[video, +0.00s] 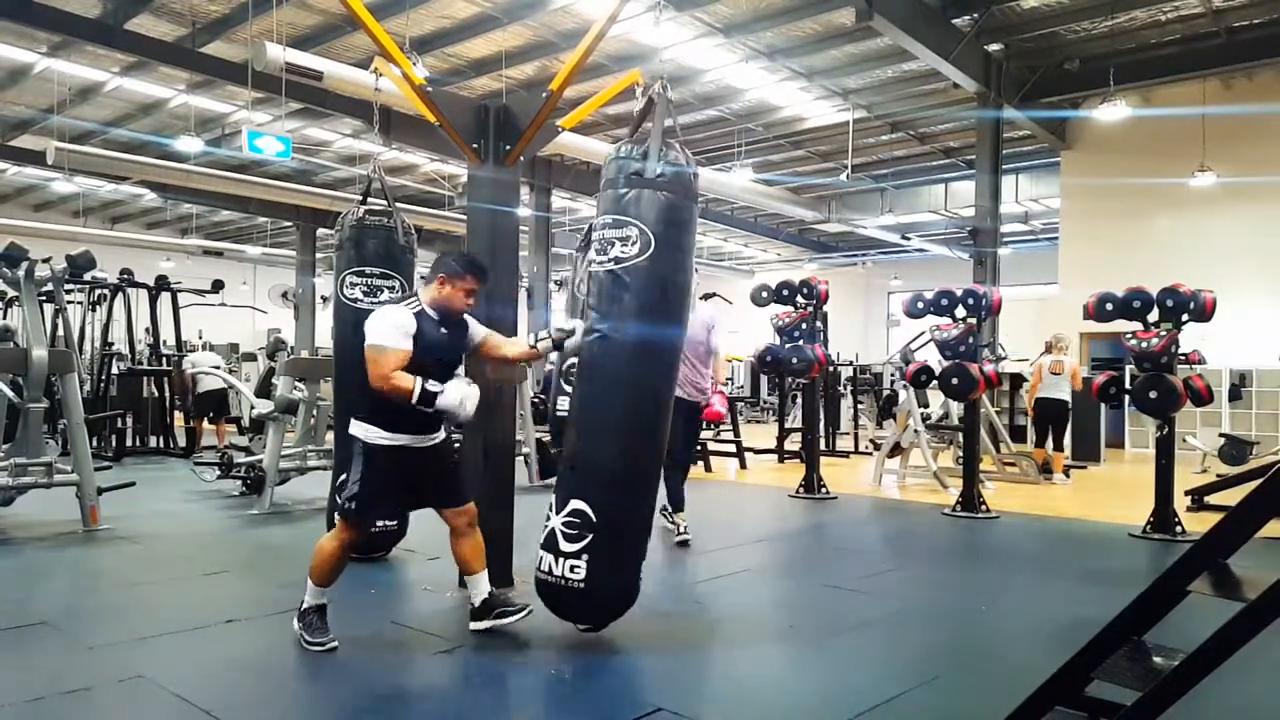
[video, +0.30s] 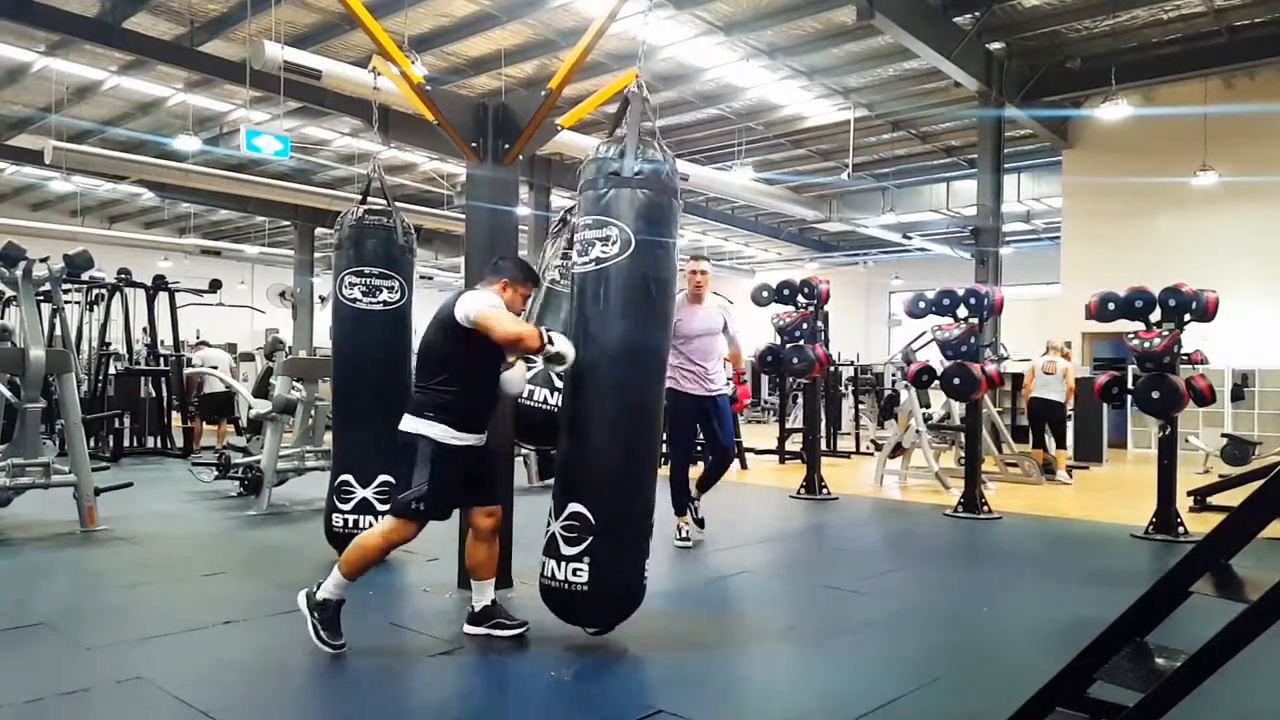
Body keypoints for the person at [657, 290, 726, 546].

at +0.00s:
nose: (687, 285)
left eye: (690, 279)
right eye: (684, 280)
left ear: (696, 283)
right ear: (677, 285)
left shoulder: (709, 314)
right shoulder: (667, 311)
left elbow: (716, 350)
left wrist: (718, 382)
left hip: (698, 394)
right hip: (672, 393)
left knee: (686, 455)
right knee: (673, 456)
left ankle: (672, 506)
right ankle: (678, 515)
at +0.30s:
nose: (697, 278)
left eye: (702, 273)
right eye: (693, 273)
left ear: (710, 277)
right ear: (684, 276)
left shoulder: (722, 307)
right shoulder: (673, 307)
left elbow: (734, 345)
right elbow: (658, 345)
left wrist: (740, 380)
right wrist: (656, 385)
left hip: (715, 391)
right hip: (680, 390)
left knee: (726, 453)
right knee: (680, 457)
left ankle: (695, 493)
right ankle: (681, 520)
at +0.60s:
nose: (739, 275)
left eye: (741, 271)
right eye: (733, 270)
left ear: (743, 277)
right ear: (718, 274)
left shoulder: (743, 311)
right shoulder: (705, 304)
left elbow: (743, 356)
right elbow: (693, 340)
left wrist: (751, 390)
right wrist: (707, 360)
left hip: (737, 399)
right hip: (703, 396)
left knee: (742, 462)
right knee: (692, 463)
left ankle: (753, 530)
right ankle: (683, 521)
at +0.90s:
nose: (794, 270)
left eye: (794, 265)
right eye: (789, 265)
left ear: (779, 270)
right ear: (770, 269)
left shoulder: (789, 312)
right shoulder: (748, 301)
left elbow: (797, 355)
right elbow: (734, 344)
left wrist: (809, 394)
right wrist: (742, 382)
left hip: (780, 396)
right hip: (752, 392)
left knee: (768, 463)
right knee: (760, 461)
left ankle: (755, 535)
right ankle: (718, 504)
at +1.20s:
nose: (842, 273)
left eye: (840, 267)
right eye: (838, 267)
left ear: (823, 270)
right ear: (825, 270)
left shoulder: (820, 308)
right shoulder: (794, 304)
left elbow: (824, 356)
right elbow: (767, 349)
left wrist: (839, 387)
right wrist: (765, 394)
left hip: (813, 401)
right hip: (798, 402)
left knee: (782, 467)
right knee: (820, 473)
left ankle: (758, 534)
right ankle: (848, 549)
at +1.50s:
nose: (893, 271)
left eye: (892, 265)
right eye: (891, 265)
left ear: (871, 265)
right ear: (881, 266)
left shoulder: (868, 302)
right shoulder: (855, 301)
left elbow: (865, 352)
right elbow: (854, 354)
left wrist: (879, 384)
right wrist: (869, 392)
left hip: (868, 397)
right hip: (852, 399)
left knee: (884, 468)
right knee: (860, 476)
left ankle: (824, 508)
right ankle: (862, 550)